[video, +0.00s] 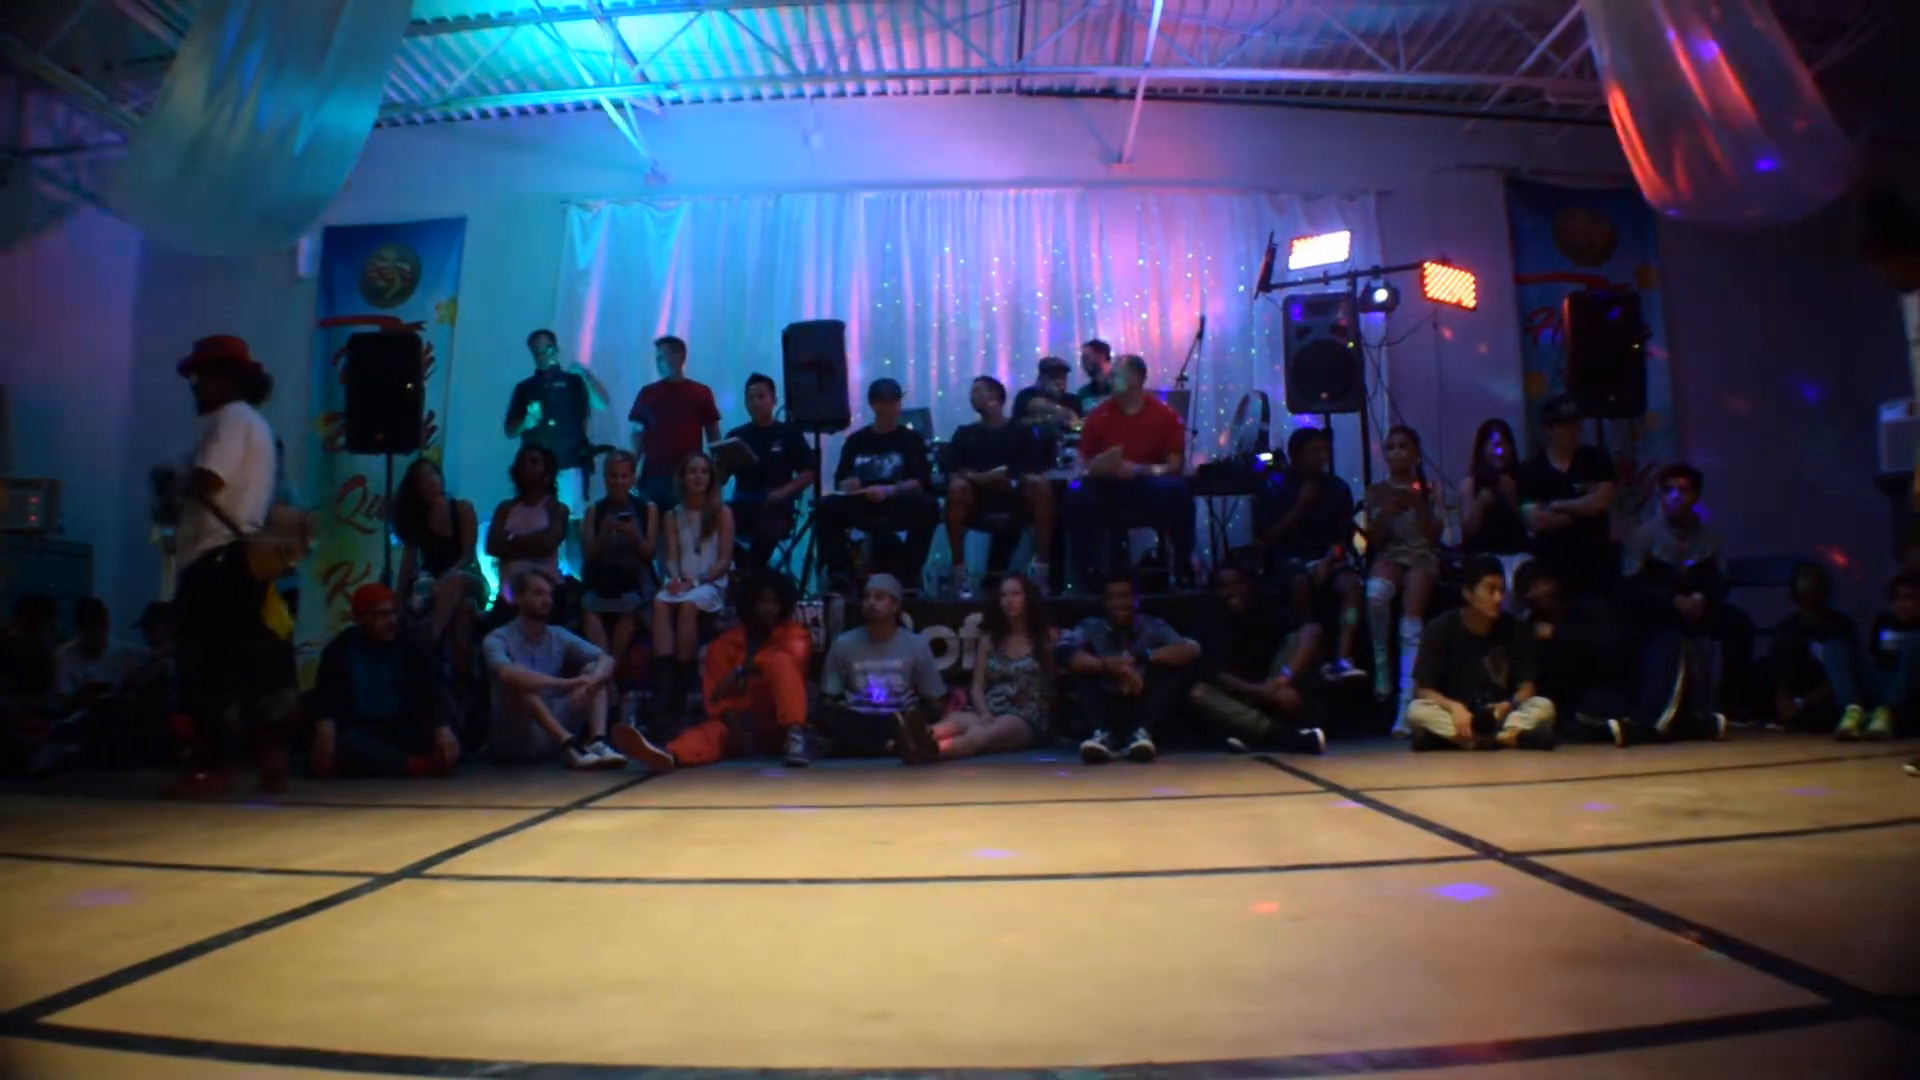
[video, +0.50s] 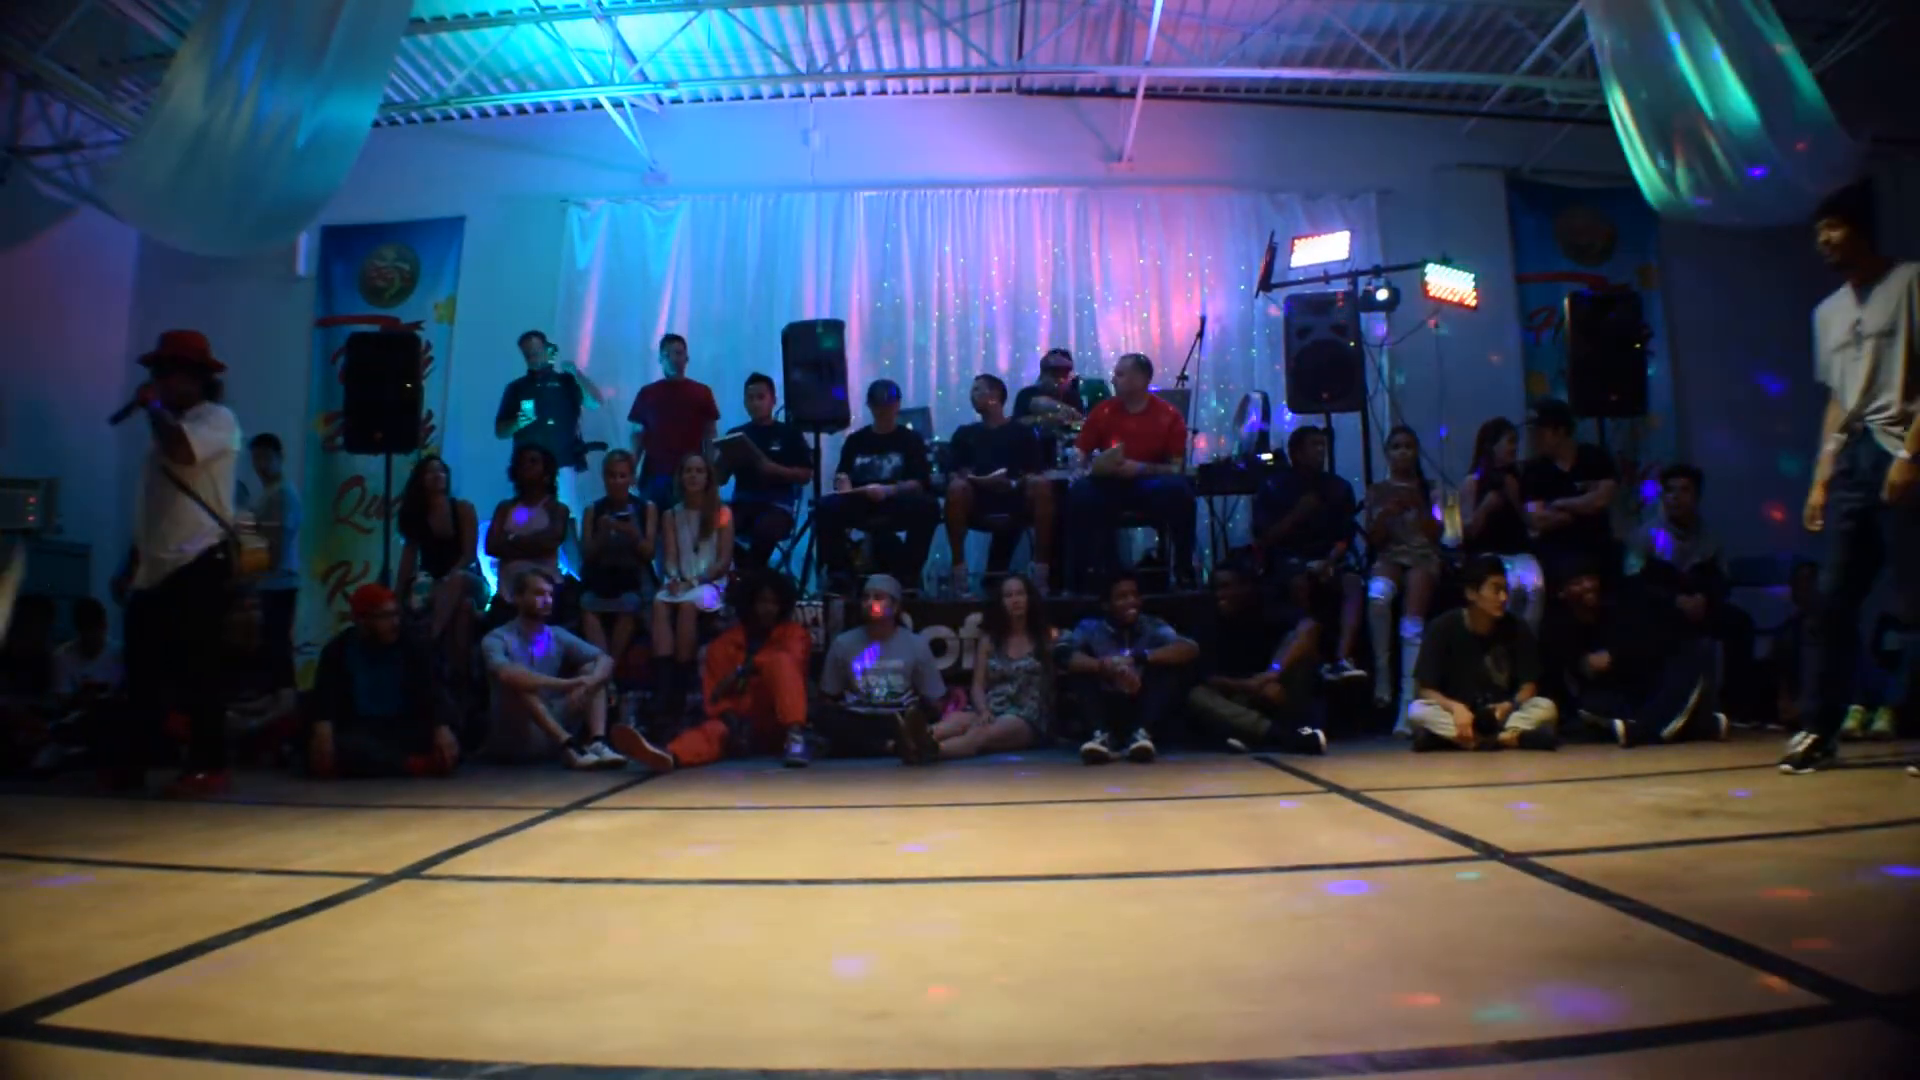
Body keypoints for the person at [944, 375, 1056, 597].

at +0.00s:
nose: (973, 395)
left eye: (979, 391)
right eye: (972, 392)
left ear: (995, 399)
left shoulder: (1019, 432)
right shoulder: (965, 433)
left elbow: (1030, 471)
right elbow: (955, 472)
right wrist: (984, 478)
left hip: (1011, 490)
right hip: (977, 492)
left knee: (1040, 487)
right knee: (957, 489)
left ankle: (1041, 564)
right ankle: (958, 567)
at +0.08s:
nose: (974, 395)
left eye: (980, 391)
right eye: (973, 392)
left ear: (996, 399)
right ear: (972, 402)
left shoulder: (1020, 432)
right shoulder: (965, 433)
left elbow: (1031, 470)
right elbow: (955, 472)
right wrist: (984, 478)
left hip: (1012, 490)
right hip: (977, 492)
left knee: (1040, 487)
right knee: (957, 488)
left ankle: (1040, 566)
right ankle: (958, 567)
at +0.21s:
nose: (974, 395)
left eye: (980, 391)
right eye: (973, 392)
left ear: (997, 398)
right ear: (972, 401)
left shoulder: (1022, 432)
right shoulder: (965, 433)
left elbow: (1032, 472)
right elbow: (957, 472)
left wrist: (1010, 483)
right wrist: (983, 480)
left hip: (1012, 491)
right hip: (978, 492)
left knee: (1041, 486)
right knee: (957, 488)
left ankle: (1041, 566)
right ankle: (958, 567)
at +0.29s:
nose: (974, 395)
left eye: (980, 391)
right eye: (973, 391)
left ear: (997, 397)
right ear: (973, 401)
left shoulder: (1022, 432)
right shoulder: (965, 433)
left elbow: (1032, 472)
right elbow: (956, 471)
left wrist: (1009, 483)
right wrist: (983, 481)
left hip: (1012, 491)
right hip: (978, 492)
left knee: (1041, 487)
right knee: (957, 488)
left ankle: (1041, 566)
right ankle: (958, 566)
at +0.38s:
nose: (975, 394)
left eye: (981, 390)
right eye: (974, 391)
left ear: (997, 398)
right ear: (972, 400)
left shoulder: (1022, 432)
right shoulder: (965, 433)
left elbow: (1033, 472)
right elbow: (955, 472)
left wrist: (1010, 483)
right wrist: (983, 481)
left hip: (1012, 492)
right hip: (978, 493)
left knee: (1041, 486)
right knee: (957, 488)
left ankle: (1041, 565)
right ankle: (958, 566)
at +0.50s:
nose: (973, 395)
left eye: (979, 391)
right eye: (973, 391)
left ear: (996, 398)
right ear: (972, 400)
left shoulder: (1021, 432)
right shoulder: (965, 433)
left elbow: (1033, 472)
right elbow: (955, 473)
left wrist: (1009, 483)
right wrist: (983, 481)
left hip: (1012, 492)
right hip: (978, 493)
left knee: (1041, 486)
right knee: (957, 488)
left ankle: (1041, 566)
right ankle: (958, 566)